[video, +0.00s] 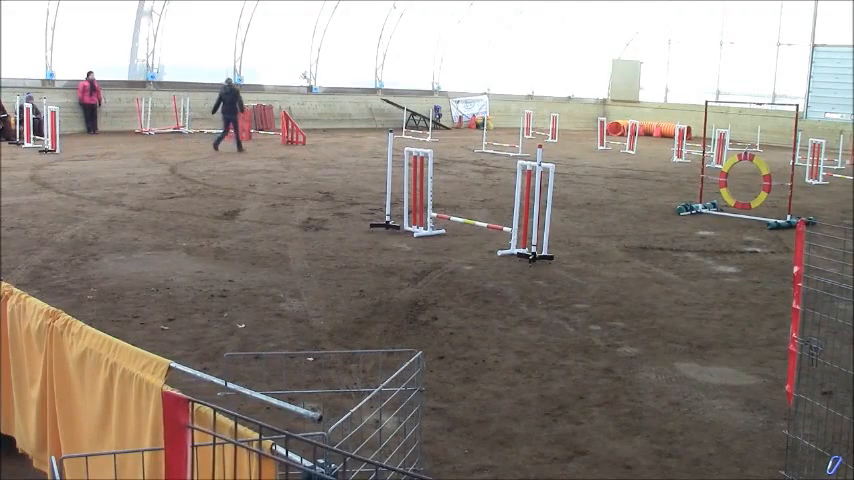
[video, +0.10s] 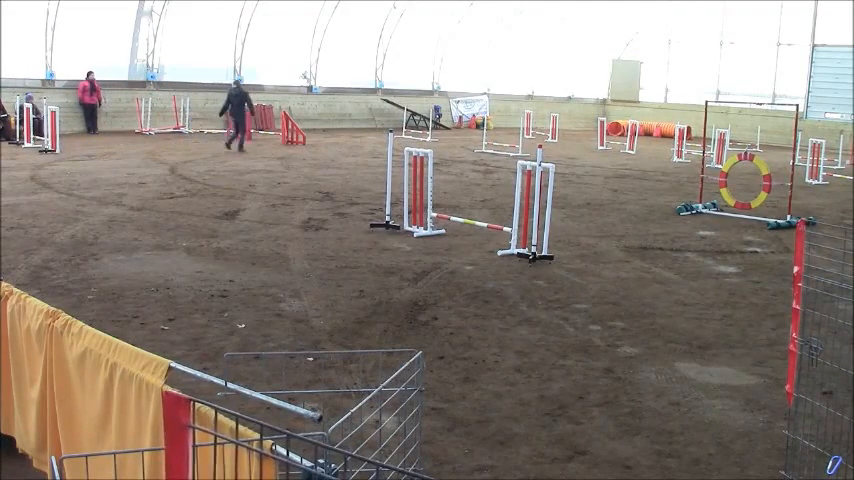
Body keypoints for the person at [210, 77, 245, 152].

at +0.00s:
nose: (229, 84)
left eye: (227, 83)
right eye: (230, 82)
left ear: (225, 83)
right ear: (232, 83)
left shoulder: (223, 90)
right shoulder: (235, 90)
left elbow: (218, 101)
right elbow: (239, 100)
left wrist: (214, 110)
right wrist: (242, 109)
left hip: (225, 113)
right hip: (233, 113)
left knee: (225, 130)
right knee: (236, 130)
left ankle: (216, 143)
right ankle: (239, 146)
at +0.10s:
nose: (235, 87)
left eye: (234, 85)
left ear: (234, 85)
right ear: (240, 85)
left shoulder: (231, 92)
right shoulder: (244, 93)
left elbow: (227, 104)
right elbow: (249, 103)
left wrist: (222, 112)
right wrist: (252, 111)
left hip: (233, 113)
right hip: (241, 113)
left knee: (236, 131)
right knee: (243, 131)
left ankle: (229, 142)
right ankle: (240, 146)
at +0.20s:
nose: (239, 87)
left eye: (239, 86)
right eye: (239, 86)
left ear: (240, 86)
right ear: (247, 85)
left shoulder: (239, 93)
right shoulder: (251, 92)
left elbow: (234, 103)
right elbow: (257, 101)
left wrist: (229, 111)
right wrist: (258, 109)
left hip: (241, 112)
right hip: (248, 112)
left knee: (244, 128)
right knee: (246, 129)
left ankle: (245, 144)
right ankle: (241, 145)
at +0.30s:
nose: (246, 86)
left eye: (246, 84)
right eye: (246, 84)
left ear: (248, 84)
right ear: (254, 84)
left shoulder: (246, 92)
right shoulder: (258, 91)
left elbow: (242, 102)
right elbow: (265, 100)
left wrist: (236, 110)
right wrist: (265, 107)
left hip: (249, 111)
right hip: (256, 111)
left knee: (253, 128)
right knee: (253, 128)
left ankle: (257, 143)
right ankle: (245, 144)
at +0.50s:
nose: (259, 88)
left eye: (259, 86)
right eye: (259, 86)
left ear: (261, 86)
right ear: (267, 85)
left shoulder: (260, 93)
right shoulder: (272, 93)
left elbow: (255, 103)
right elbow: (278, 102)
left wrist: (248, 110)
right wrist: (281, 110)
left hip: (262, 114)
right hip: (270, 114)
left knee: (263, 130)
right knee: (274, 129)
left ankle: (260, 146)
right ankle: (270, 144)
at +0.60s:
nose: (268, 86)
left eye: (269, 85)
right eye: (269, 85)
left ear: (269, 85)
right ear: (275, 85)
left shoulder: (268, 92)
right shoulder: (280, 91)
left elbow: (262, 101)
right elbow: (286, 100)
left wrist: (255, 108)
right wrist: (290, 107)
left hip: (270, 112)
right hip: (278, 112)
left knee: (267, 129)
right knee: (281, 129)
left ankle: (262, 144)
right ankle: (282, 145)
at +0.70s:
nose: (276, 87)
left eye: (277, 86)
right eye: (277, 86)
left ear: (277, 86)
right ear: (283, 85)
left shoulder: (276, 92)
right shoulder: (288, 92)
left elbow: (270, 101)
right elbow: (294, 101)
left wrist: (262, 108)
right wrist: (298, 109)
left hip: (277, 113)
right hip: (286, 113)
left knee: (276, 129)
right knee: (286, 130)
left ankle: (267, 141)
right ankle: (284, 146)